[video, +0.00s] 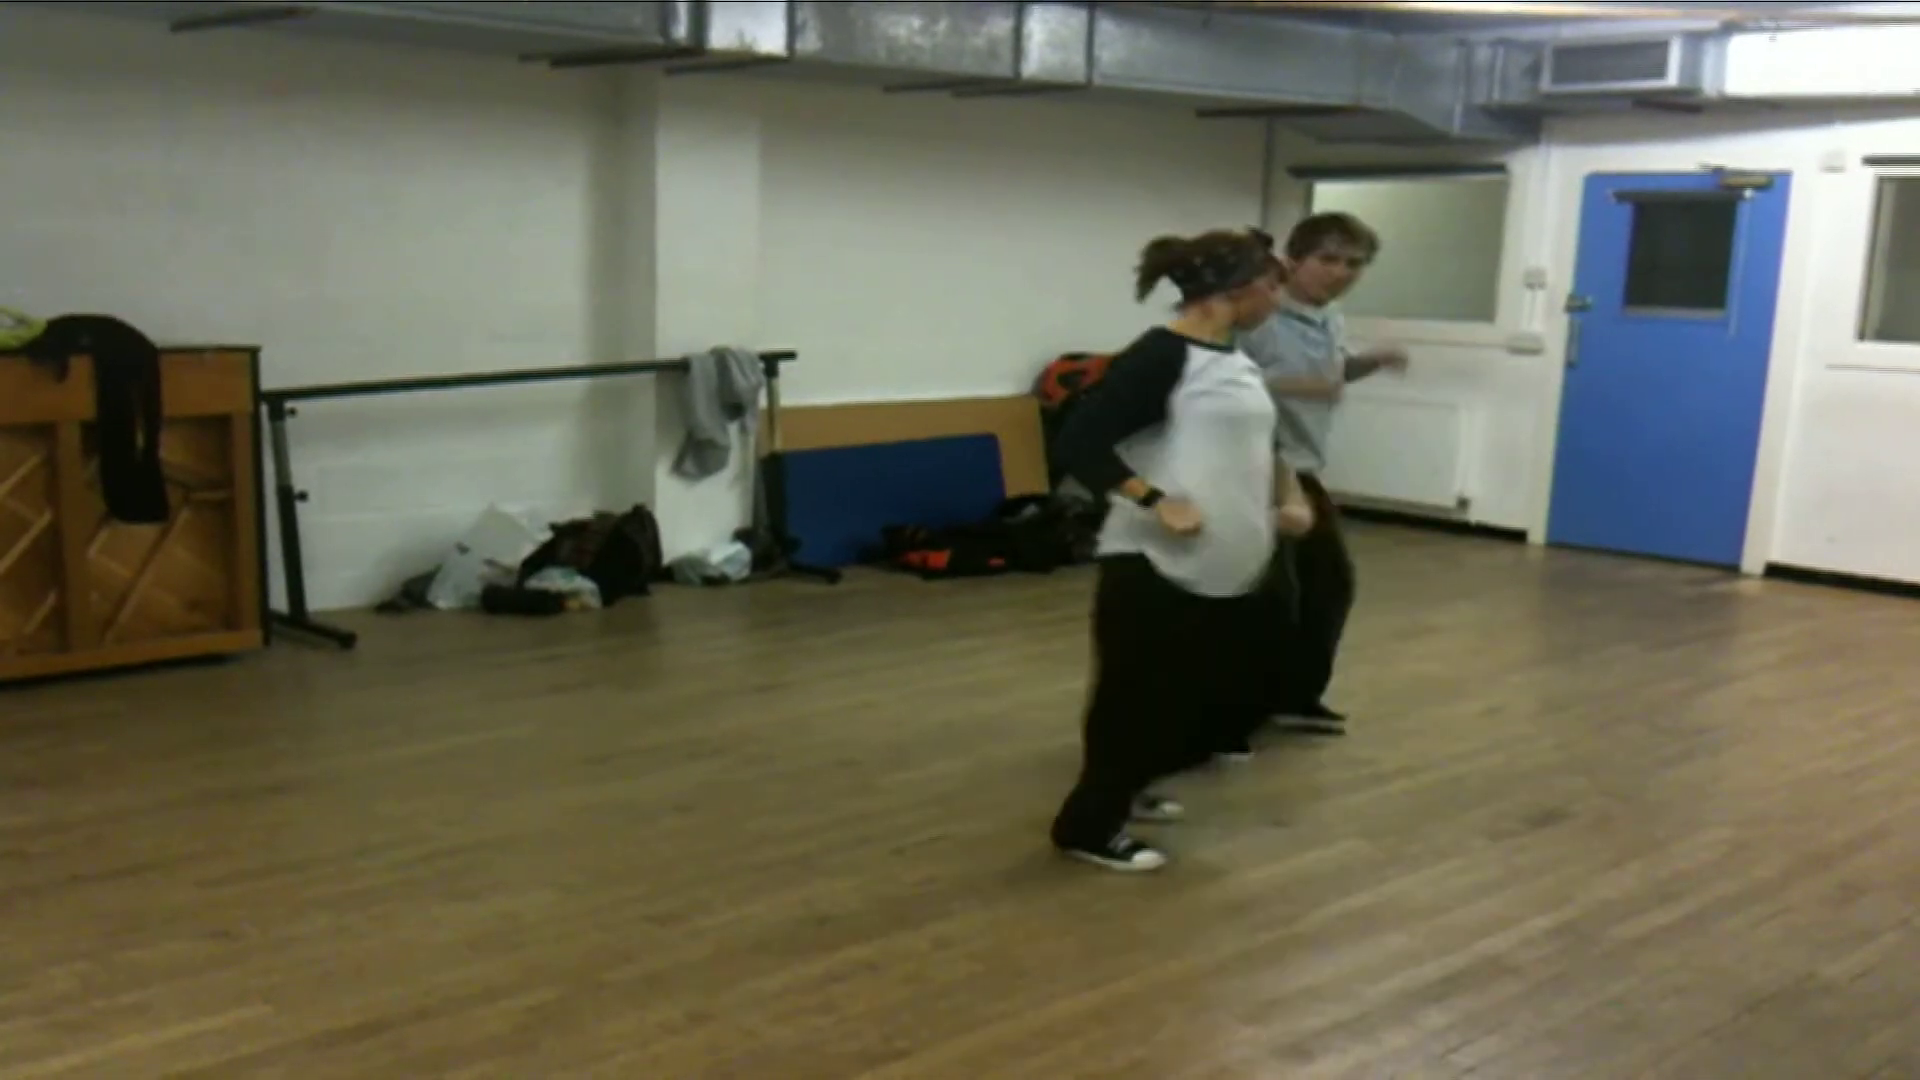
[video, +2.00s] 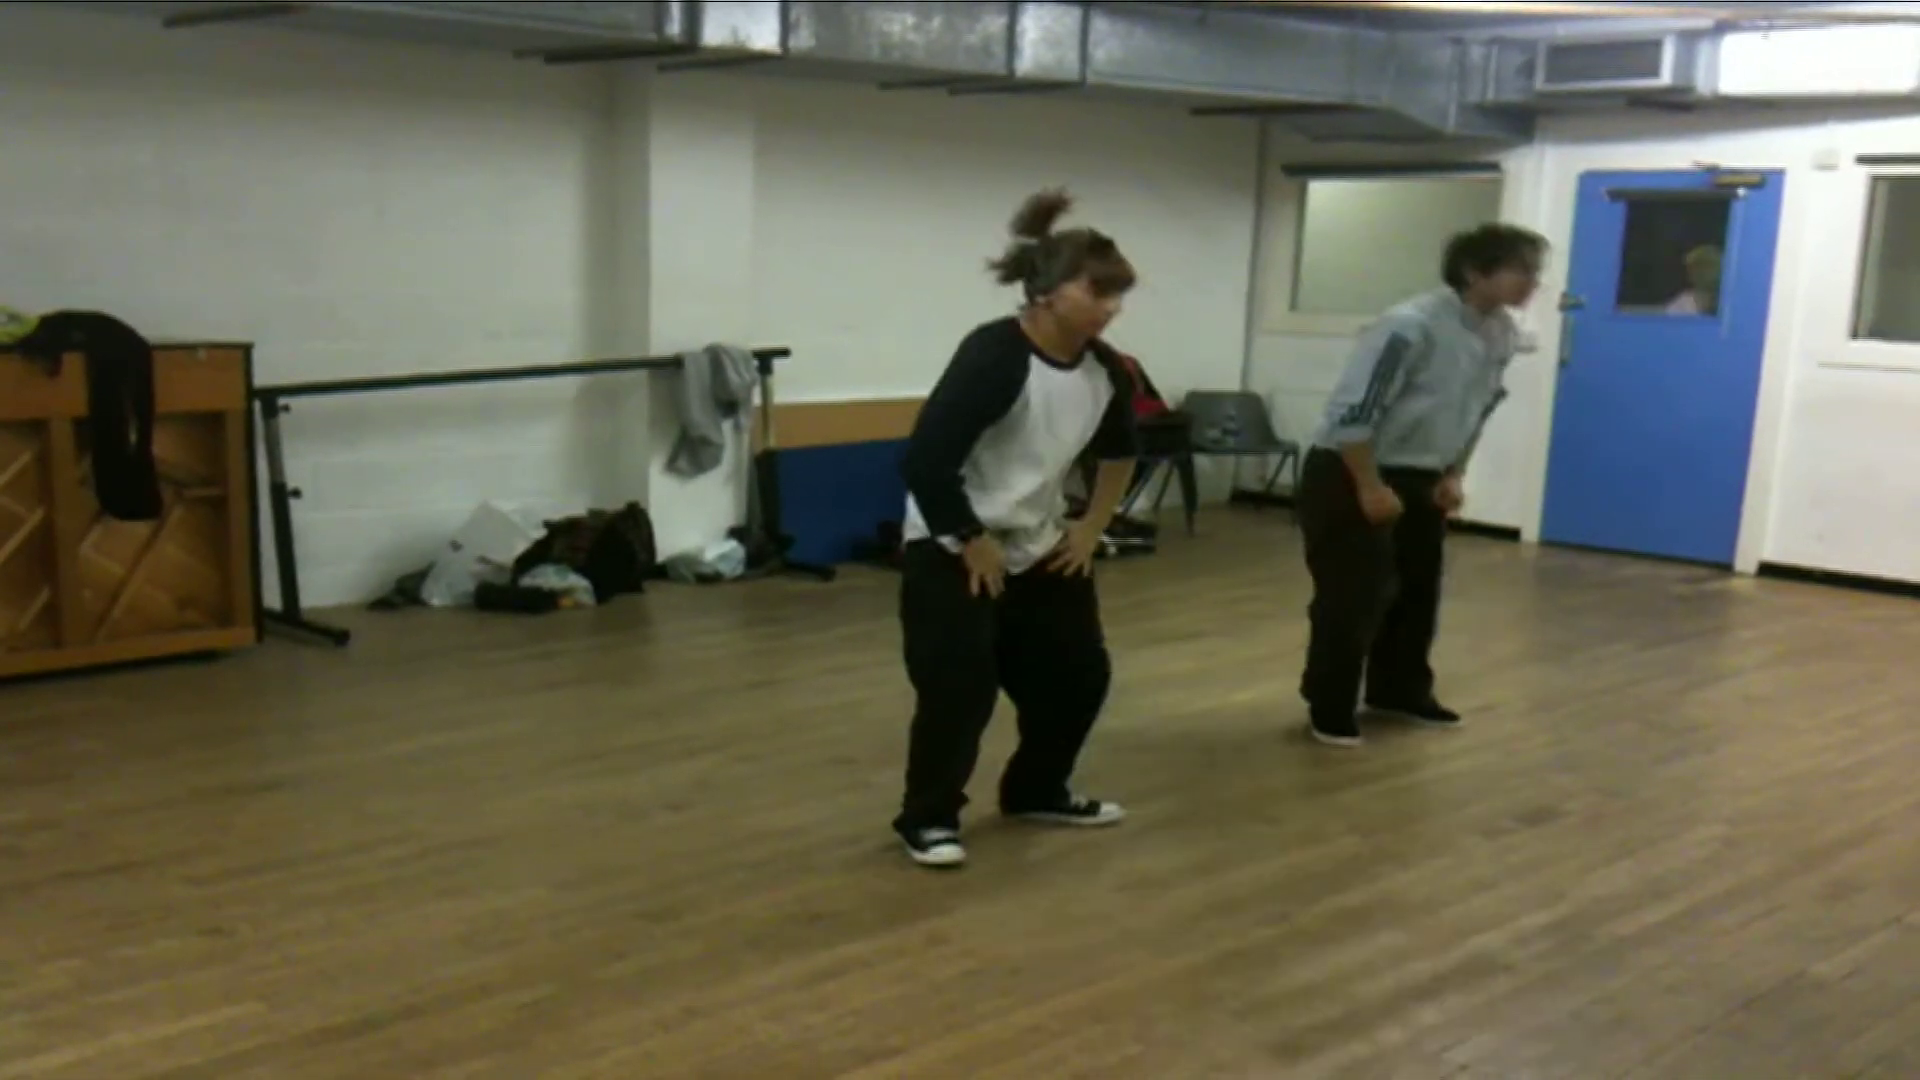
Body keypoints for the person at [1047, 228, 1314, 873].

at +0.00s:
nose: (1272, 302)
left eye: (1272, 290)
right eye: (1264, 289)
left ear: (1218, 294)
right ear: (1226, 293)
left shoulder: (1234, 360)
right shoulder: (1160, 353)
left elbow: (1248, 447)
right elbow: (1079, 440)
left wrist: (1286, 492)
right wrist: (1153, 498)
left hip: (1212, 562)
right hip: (1149, 563)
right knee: (1132, 698)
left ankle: (1127, 787)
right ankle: (1088, 826)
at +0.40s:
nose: (1252, 327)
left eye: (1249, 314)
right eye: (1236, 315)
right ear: (1187, 328)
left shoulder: (1231, 375)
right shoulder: (1123, 389)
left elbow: (1260, 452)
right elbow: (1012, 459)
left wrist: (1198, 515)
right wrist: (1065, 526)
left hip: (1135, 543)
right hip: (1057, 544)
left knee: (1172, 665)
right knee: (1087, 658)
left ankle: (1097, 783)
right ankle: (1042, 770)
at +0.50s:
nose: (1228, 326)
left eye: (1226, 313)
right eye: (1211, 314)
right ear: (1161, 325)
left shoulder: (1218, 378)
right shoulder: (1094, 385)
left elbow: (1240, 448)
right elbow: (990, 460)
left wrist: (1198, 520)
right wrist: (1056, 521)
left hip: (1135, 554)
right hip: (1046, 550)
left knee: (1167, 665)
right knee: (1052, 645)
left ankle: (1089, 781)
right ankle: (1017, 772)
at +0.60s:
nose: (1201, 307)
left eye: (1202, 295)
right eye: (1187, 294)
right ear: (1138, 299)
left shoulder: (1185, 389)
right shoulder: (1048, 364)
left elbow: (1188, 468)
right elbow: (997, 456)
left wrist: (1201, 533)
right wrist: (1038, 528)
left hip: (1132, 571)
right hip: (1033, 569)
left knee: (1145, 681)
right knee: (990, 706)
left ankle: (1087, 783)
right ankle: (977, 831)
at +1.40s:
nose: (1127, 349)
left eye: (1131, 334)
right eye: (1114, 332)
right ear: (1065, 327)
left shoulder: (1117, 384)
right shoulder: (1008, 391)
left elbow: (1155, 449)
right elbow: (956, 499)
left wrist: (1125, 538)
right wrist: (1012, 576)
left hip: (1061, 566)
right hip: (980, 575)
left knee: (1110, 699)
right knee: (1040, 709)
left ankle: (1090, 779)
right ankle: (894, 817)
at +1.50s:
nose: (1141, 385)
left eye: (1142, 370)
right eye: (1124, 370)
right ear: (1069, 377)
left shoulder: (1125, 432)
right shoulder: (1022, 435)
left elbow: (1150, 501)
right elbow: (934, 531)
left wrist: (1107, 566)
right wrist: (984, 595)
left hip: (1032, 577)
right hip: (947, 585)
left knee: (1135, 681)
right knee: (1008, 706)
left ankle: (1070, 781)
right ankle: (934, 828)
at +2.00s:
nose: (1110, 307)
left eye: (1115, 294)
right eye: (1098, 291)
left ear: (1110, 300)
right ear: (1049, 295)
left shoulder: (1105, 376)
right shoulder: (993, 355)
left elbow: (1119, 452)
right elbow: (926, 459)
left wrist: (1092, 525)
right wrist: (970, 539)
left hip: (1042, 547)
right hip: (950, 545)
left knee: (1076, 674)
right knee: (958, 683)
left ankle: (1036, 791)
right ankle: (929, 818)